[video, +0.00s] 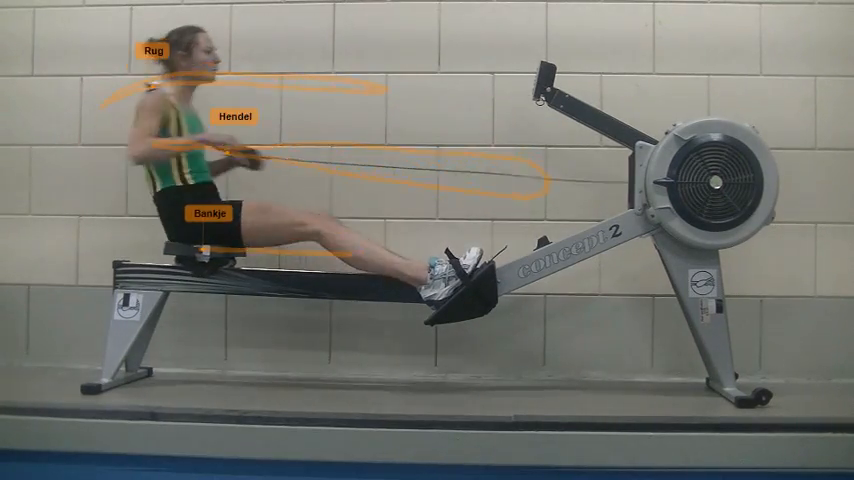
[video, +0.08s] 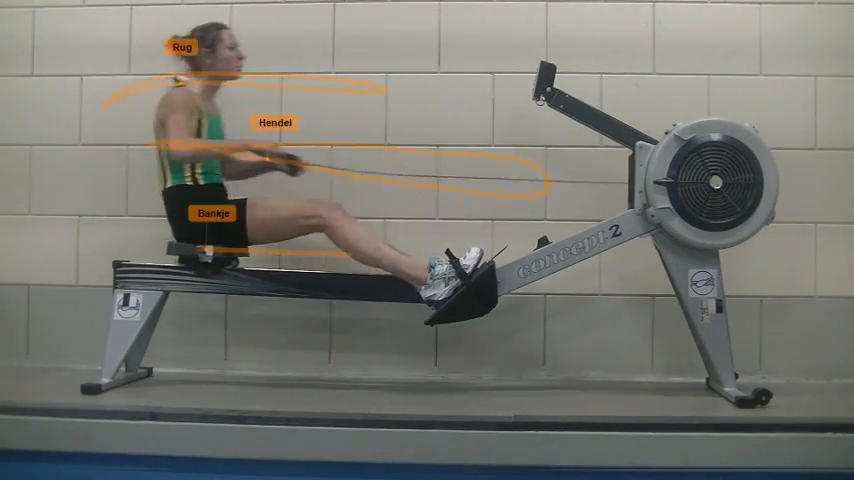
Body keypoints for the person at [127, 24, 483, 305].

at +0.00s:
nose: (217, 60)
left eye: (214, 52)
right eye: (208, 53)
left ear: (189, 60)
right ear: (183, 58)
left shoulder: (186, 111)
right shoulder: (156, 101)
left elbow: (194, 172)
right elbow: (136, 150)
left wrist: (232, 160)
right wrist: (203, 141)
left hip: (201, 210)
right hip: (188, 213)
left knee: (322, 223)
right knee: (316, 224)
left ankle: (431, 273)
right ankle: (426, 282)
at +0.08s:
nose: (240, 56)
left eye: (237, 49)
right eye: (231, 49)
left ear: (212, 57)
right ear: (206, 56)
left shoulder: (205, 106)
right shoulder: (182, 98)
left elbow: (227, 170)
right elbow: (177, 148)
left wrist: (270, 164)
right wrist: (247, 148)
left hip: (211, 214)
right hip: (199, 219)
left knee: (330, 211)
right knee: (325, 213)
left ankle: (429, 276)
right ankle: (426, 280)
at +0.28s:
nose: (302, 57)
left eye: (298, 49)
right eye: (292, 49)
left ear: (273, 59)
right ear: (265, 58)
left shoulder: (271, 105)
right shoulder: (247, 99)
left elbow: (302, 160)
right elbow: (279, 153)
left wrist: (362, 174)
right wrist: (354, 164)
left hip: (246, 215)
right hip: (230, 218)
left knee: (359, 187)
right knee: (351, 189)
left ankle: (430, 274)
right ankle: (427, 280)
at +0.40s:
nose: (336, 58)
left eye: (333, 51)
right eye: (328, 52)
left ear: (306, 65)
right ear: (303, 62)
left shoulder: (303, 106)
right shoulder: (284, 101)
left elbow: (346, 156)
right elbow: (334, 158)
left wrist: (408, 177)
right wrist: (404, 170)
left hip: (270, 214)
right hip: (258, 217)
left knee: (378, 179)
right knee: (374, 181)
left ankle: (432, 274)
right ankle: (430, 281)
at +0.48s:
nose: (359, 58)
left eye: (355, 51)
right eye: (349, 52)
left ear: (329, 64)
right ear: (324, 63)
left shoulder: (328, 107)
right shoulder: (309, 102)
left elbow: (372, 160)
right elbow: (367, 160)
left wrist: (437, 180)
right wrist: (436, 175)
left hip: (290, 213)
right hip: (278, 216)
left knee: (391, 175)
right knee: (388, 177)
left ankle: (432, 275)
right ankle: (431, 280)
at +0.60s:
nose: (391, 59)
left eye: (386, 52)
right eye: (381, 54)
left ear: (361, 66)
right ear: (358, 64)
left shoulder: (353, 105)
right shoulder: (345, 104)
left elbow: (411, 157)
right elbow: (408, 156)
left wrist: (477, 183)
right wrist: (478, 180)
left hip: (315, 215)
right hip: (308, 217)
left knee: (407, 159)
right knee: (406, 163)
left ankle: (432, 268)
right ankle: (430, 275)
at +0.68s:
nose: (408, 59)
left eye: (403, 52)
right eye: (398, 54)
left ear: (379, 68)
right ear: (376, 65)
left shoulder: (370, 105)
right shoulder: (365, 106)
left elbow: (433, 157)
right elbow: (433, 156)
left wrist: (500, 183)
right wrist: (502, 182)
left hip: (329, 216)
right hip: (326, 218)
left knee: (421, 157)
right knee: (421, 158)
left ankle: (432, 264)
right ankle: (430, 272)